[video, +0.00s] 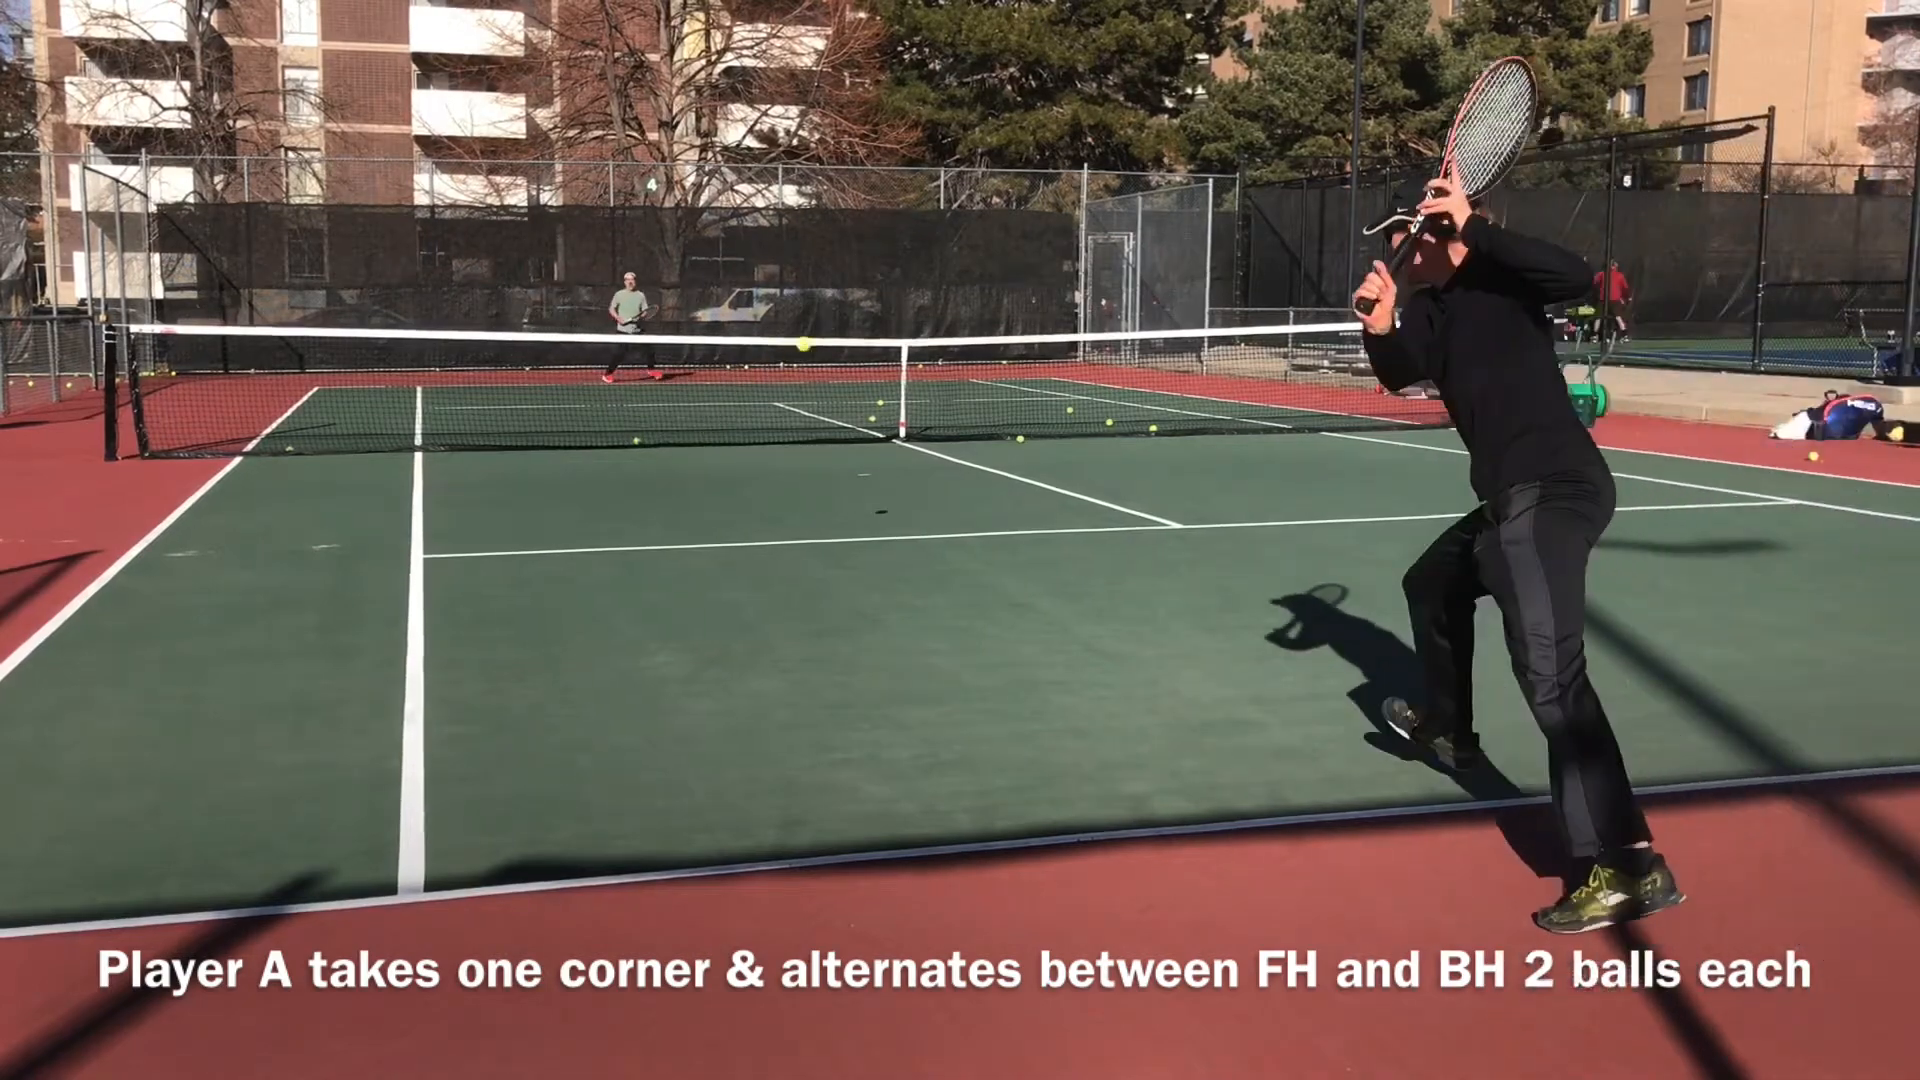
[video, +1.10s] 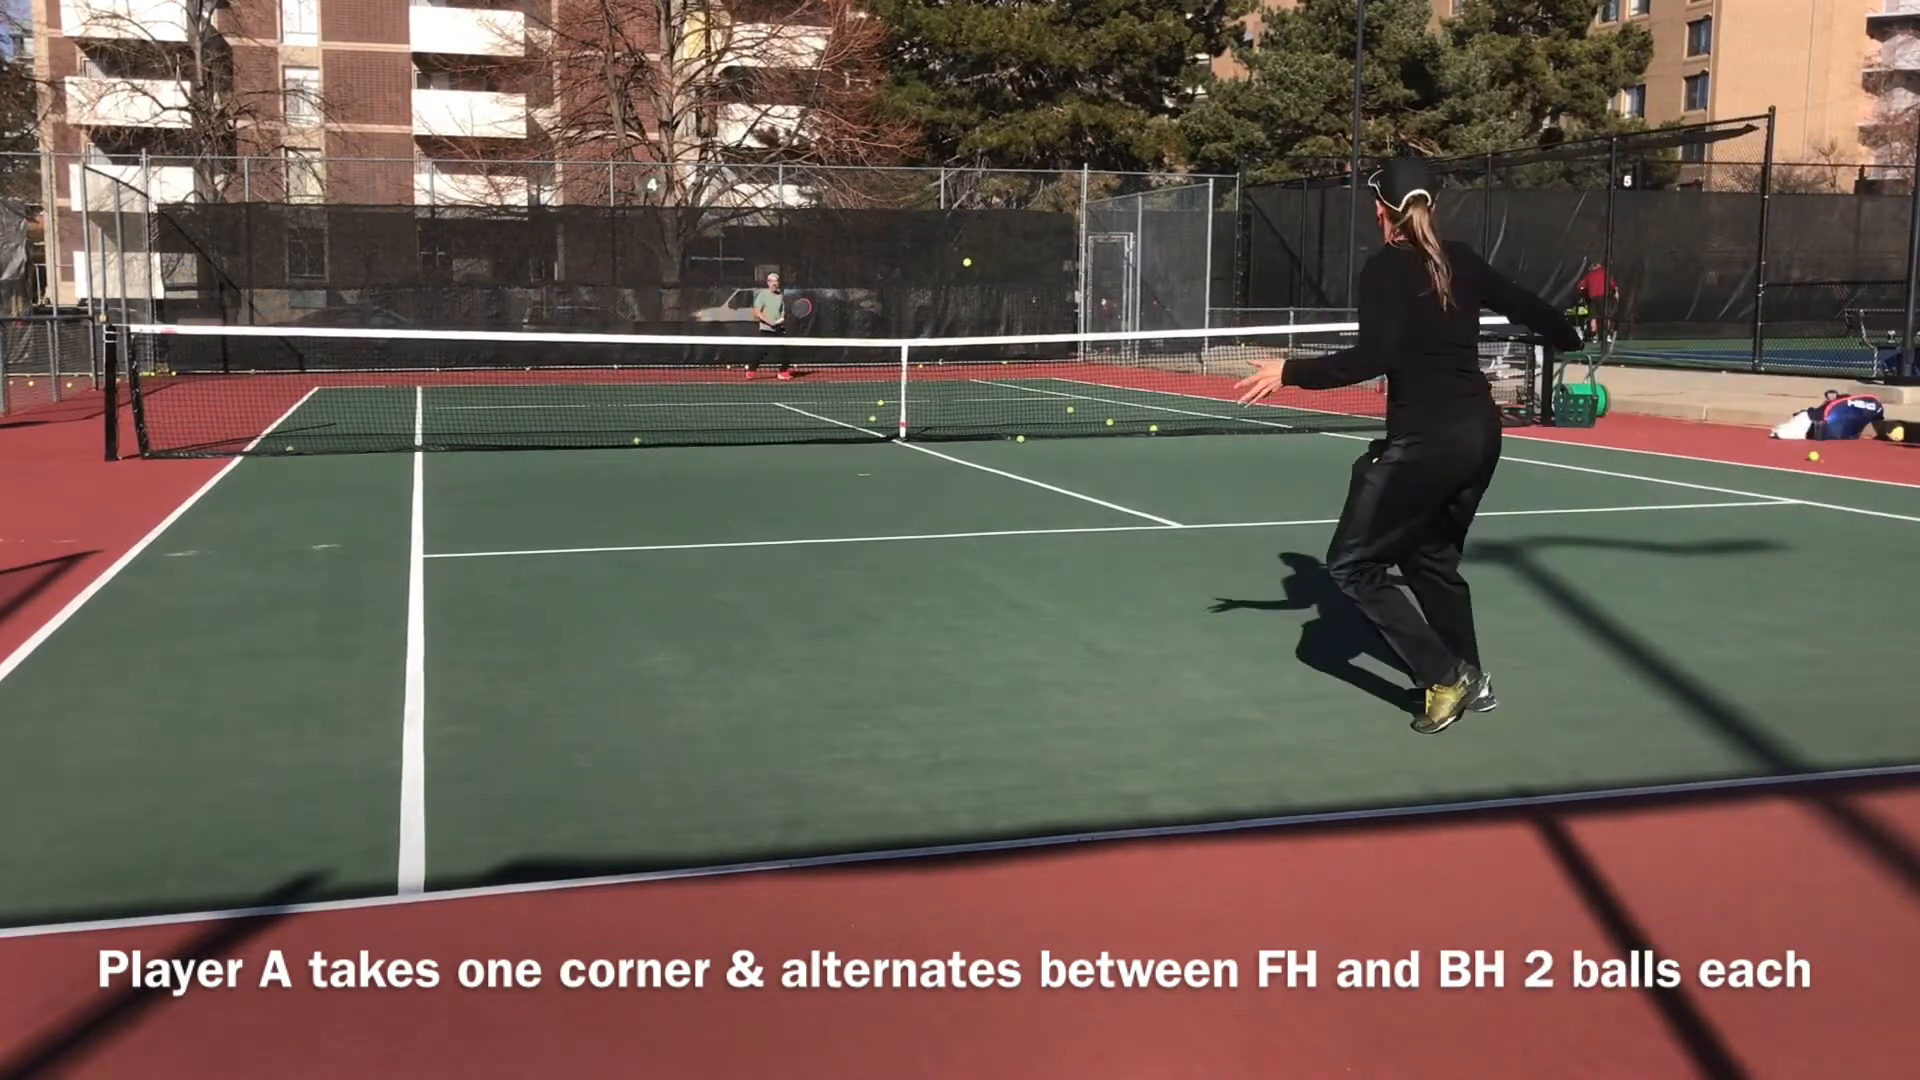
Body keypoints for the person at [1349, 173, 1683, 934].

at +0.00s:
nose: (1411, 249)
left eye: (1422, 236)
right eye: (1406, 238)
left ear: (1454, 240)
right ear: (1408, 250)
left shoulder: (1497, 278)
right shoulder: (1430, 309)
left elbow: (1574, 279)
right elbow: (1400, 376)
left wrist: (1476, 227)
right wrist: (1381, 324)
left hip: (1555, 488)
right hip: (1511, 498)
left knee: (1553, 678)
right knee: (1432, 583)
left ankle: (1625, 864)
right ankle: (1446, 731)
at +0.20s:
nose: (1300, 322)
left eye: (1308, 307)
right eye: (1297, 313)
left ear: (1338, 303)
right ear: (1324, 317)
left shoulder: (1383, 324)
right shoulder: (1343, 353)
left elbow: (1451, 337)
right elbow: (1326, 380)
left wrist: (1386, 280)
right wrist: (1301, 354)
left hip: (1468, 499)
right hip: (1431, 504)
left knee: (1464, 655)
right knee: (1350, 575)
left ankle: (1537, 806)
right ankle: (1349, 711)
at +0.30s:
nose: (1265, 348)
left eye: (1267, 335)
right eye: (1261, 338)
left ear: (1298, 324)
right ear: (1296, 326)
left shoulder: (1354, 342)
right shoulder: (1323, 359)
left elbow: (1376, 407)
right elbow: (1287, 423)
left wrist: (1318, 416)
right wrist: (1249, 463)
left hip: (1448, 499)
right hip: (1416, 501)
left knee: (1433, 654)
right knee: (1334, 566)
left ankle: (1515, 787)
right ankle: (1344, 708)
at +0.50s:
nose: (1246, 341)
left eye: (1245, 329)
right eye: (1241, 333)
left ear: (1271, 314)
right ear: (1275, 315)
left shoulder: (1314, 325)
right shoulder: (1328, 329)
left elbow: (1358, 383)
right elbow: (1378, 399)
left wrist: (1341, 443)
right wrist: (1365, 469)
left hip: (1428, 463)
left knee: (1390, 620)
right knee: (1341, 561)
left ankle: (1521, 709)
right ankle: (1347, 707)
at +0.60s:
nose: (1257, 298)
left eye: (1259, 286)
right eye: (1253, 288)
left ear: (1282, 279)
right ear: (1295, 276)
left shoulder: (1319, 298)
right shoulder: (1364, 303)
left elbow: (1350, 338)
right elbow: (1453, 332)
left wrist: (1347, 381)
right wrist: (1468, 329)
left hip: (1423, 440)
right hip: (1450, 434)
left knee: (1383, 596)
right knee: (1342, 563)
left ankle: (1503, 686)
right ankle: (1345, 705)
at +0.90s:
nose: (1346, 206)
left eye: (1346, 198)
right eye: (1348, 197)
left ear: (1358, 202)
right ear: (1398, 198)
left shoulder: (1371, 248)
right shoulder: (1435, 240)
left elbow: (1375, 325)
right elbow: (1498, 237)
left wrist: (1304, 347)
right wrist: (1558, 229)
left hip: (1420, 421)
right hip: (1465, 417)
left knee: (1419, 564)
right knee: (1375, 536)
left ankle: (1482, 698)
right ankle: (1410, 674)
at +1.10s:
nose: (1376, 214)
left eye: (1377, 205)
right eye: (1380, 203)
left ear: (1385, 210)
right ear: (1429, 207)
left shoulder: (1384, 269)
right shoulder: (1460, 260)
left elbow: (1374, 357)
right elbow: (1527, 306)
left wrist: (1290, 371)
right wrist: (1569, 338)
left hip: (1423, 437)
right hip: (1477, 432)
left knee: (1354, 565)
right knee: (1433, 557)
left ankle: (1442, 677)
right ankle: (1468, 679)